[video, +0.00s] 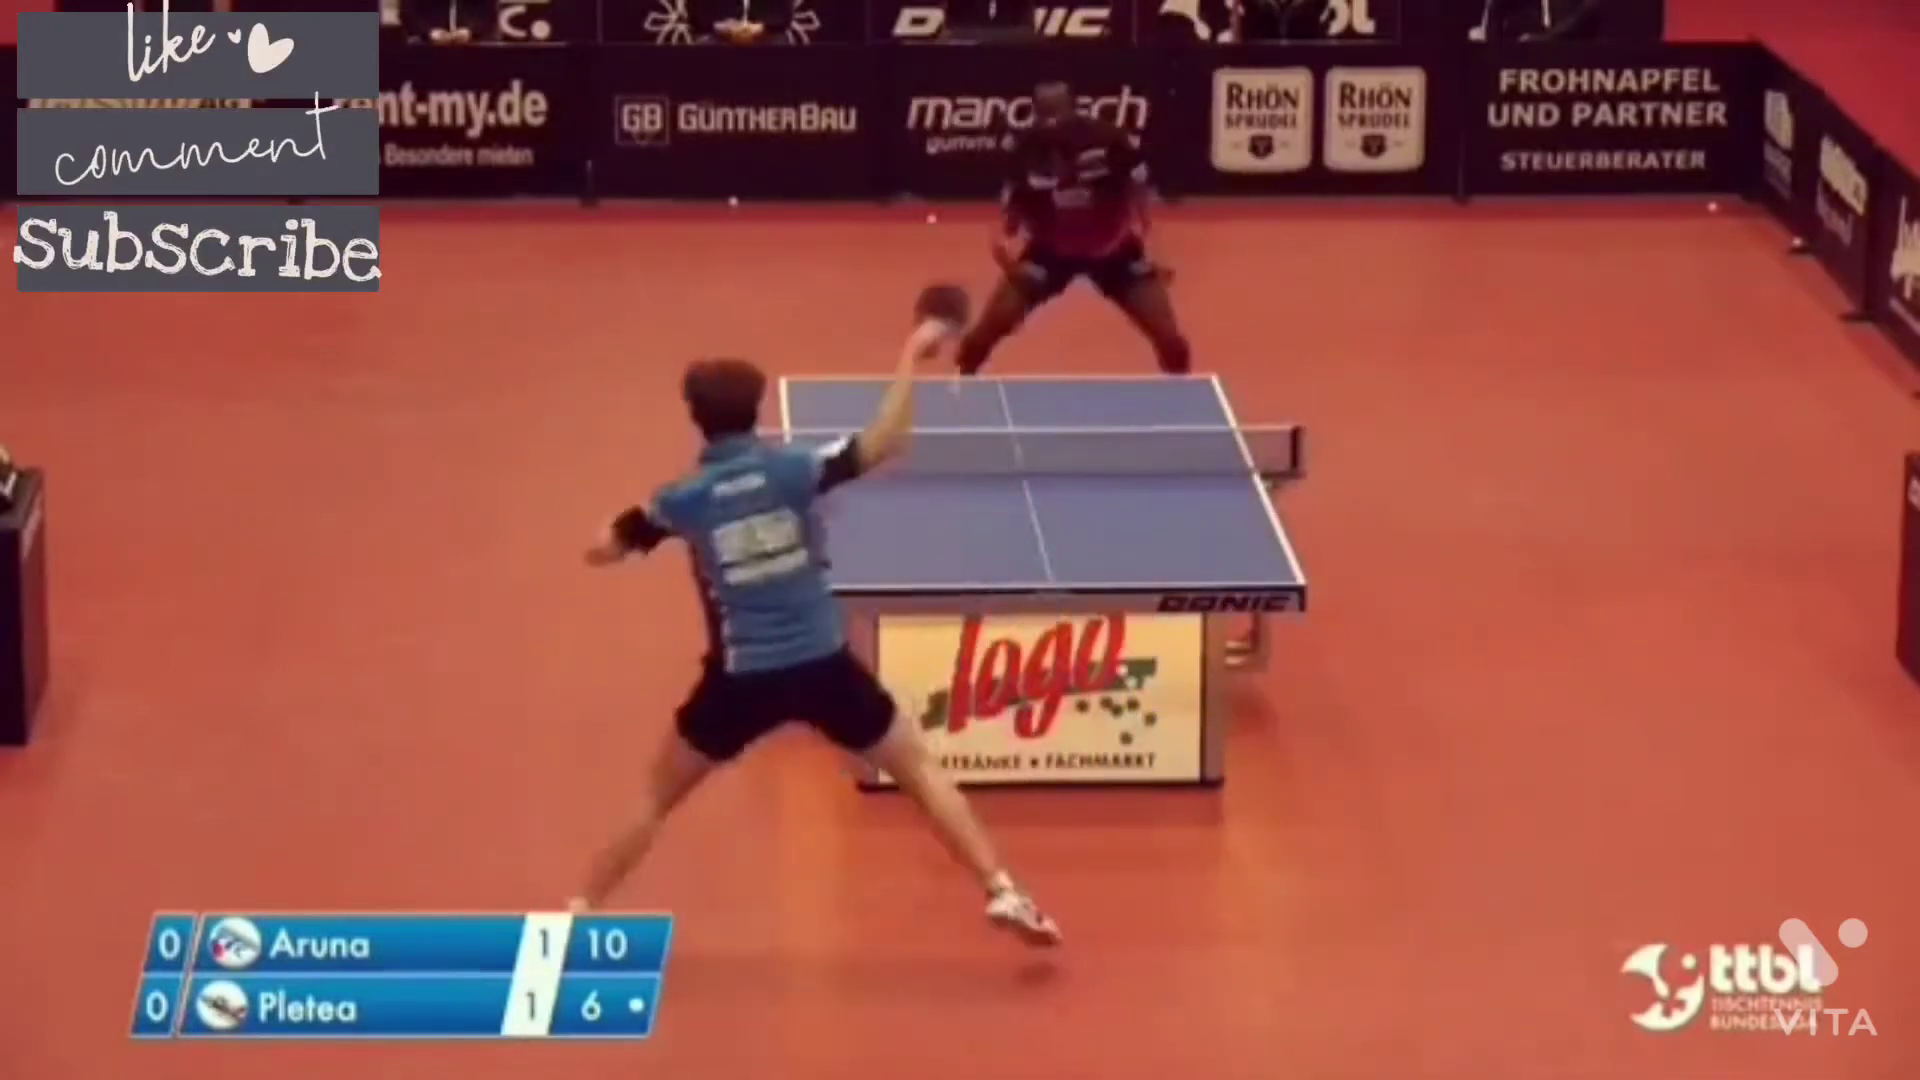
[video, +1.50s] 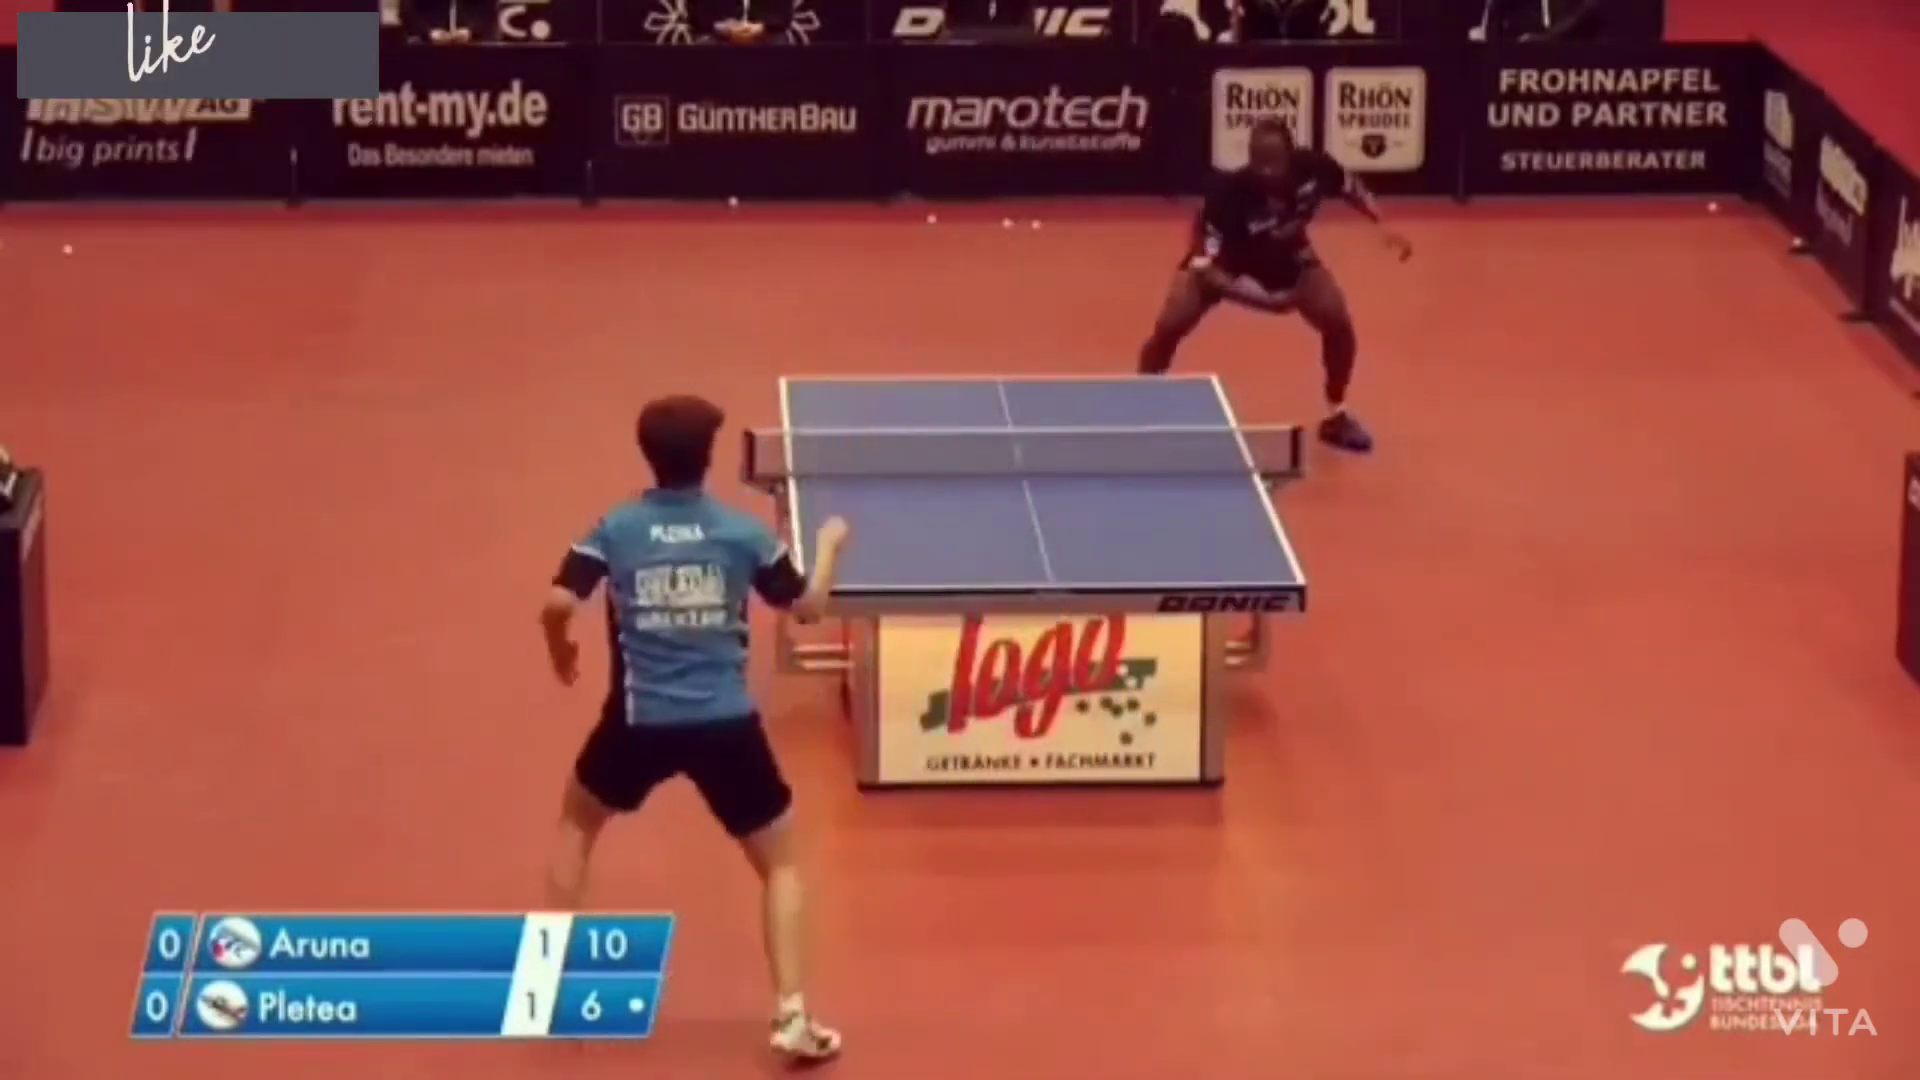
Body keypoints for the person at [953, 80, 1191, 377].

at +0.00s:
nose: (1052, 120)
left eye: (1058, 110)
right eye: (1044, 112)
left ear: (1073, 107)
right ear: (1035, 112)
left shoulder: (1108, 139)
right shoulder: (1025, 148)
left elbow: (1141, 187)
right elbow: (1014, 201)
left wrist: (1142, 238)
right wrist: (1004, 237)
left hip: (1113, 251)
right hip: (1049, 254)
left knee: (1172, 342)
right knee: (985, 331)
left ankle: (1179, 411)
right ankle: (956, 394)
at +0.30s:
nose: (1096, 160)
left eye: (1102, 151)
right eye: (1095, 152)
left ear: (1129, 146)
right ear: (1116, 151)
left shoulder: (1159, 176)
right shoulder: (1130, 183)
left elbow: (1208, 208)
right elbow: (1159, 232)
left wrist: (1208, 260)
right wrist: (1158, 269)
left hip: (1226, 288)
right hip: (1172, 284)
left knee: (1270, 391)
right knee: (1090, 321)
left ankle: (1364, 402)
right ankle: (1052, 404)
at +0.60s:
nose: (1219, 98)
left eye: (1229, 90)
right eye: (1215, 89)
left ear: (1252, 96)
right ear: (1206, 92)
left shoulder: (1277, 137)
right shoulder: (1189, 119)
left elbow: (1339, 152)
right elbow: (1149, 71)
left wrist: (1332, 93)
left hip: (1233, 262)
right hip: (1169, 252)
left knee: (1276, 359)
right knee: (1098, 325)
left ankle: (1350, 404)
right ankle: (1053, 404)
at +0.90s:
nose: (1230, 79)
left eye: (1237, 70)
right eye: (1223, 71)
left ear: (1250, 71)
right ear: (1211, 73)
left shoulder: (1280, 117)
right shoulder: (1192, 112)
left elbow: (1298, 178)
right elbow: (1143, 145)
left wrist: (1285, 223)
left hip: (1260, 242)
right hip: (1194, 238)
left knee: (1310, 333)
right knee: (1128, 317)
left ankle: (1349, 409)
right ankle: (1096, 399)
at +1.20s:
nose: (1216, 129)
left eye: (1223, 118)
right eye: (1208, 120)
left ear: (1238, 116)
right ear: (1195, 121)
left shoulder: (1268, 142)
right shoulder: (1179, 159)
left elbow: (1302, 185)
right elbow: (1155, 224)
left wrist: (1310, 226)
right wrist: (1184, 250)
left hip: (1262, 248)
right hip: (1198, 251)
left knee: (1321, 322)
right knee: (1135, 331)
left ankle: (1332, 414)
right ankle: (1095, 403)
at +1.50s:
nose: (1268, 169)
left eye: (1275, 160)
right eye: (1260, 161)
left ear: (1290, 155)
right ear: (1249, 157)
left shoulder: (1315, 169)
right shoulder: (1228, 189)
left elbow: (1352, 189)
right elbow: (1203, 267)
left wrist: (1384, 228)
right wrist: (1266, 301)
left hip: (1288, 258)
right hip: (1230, 261)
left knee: (1338, 324)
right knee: (1168, 329)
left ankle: (1335, 416)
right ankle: (1143, 404)